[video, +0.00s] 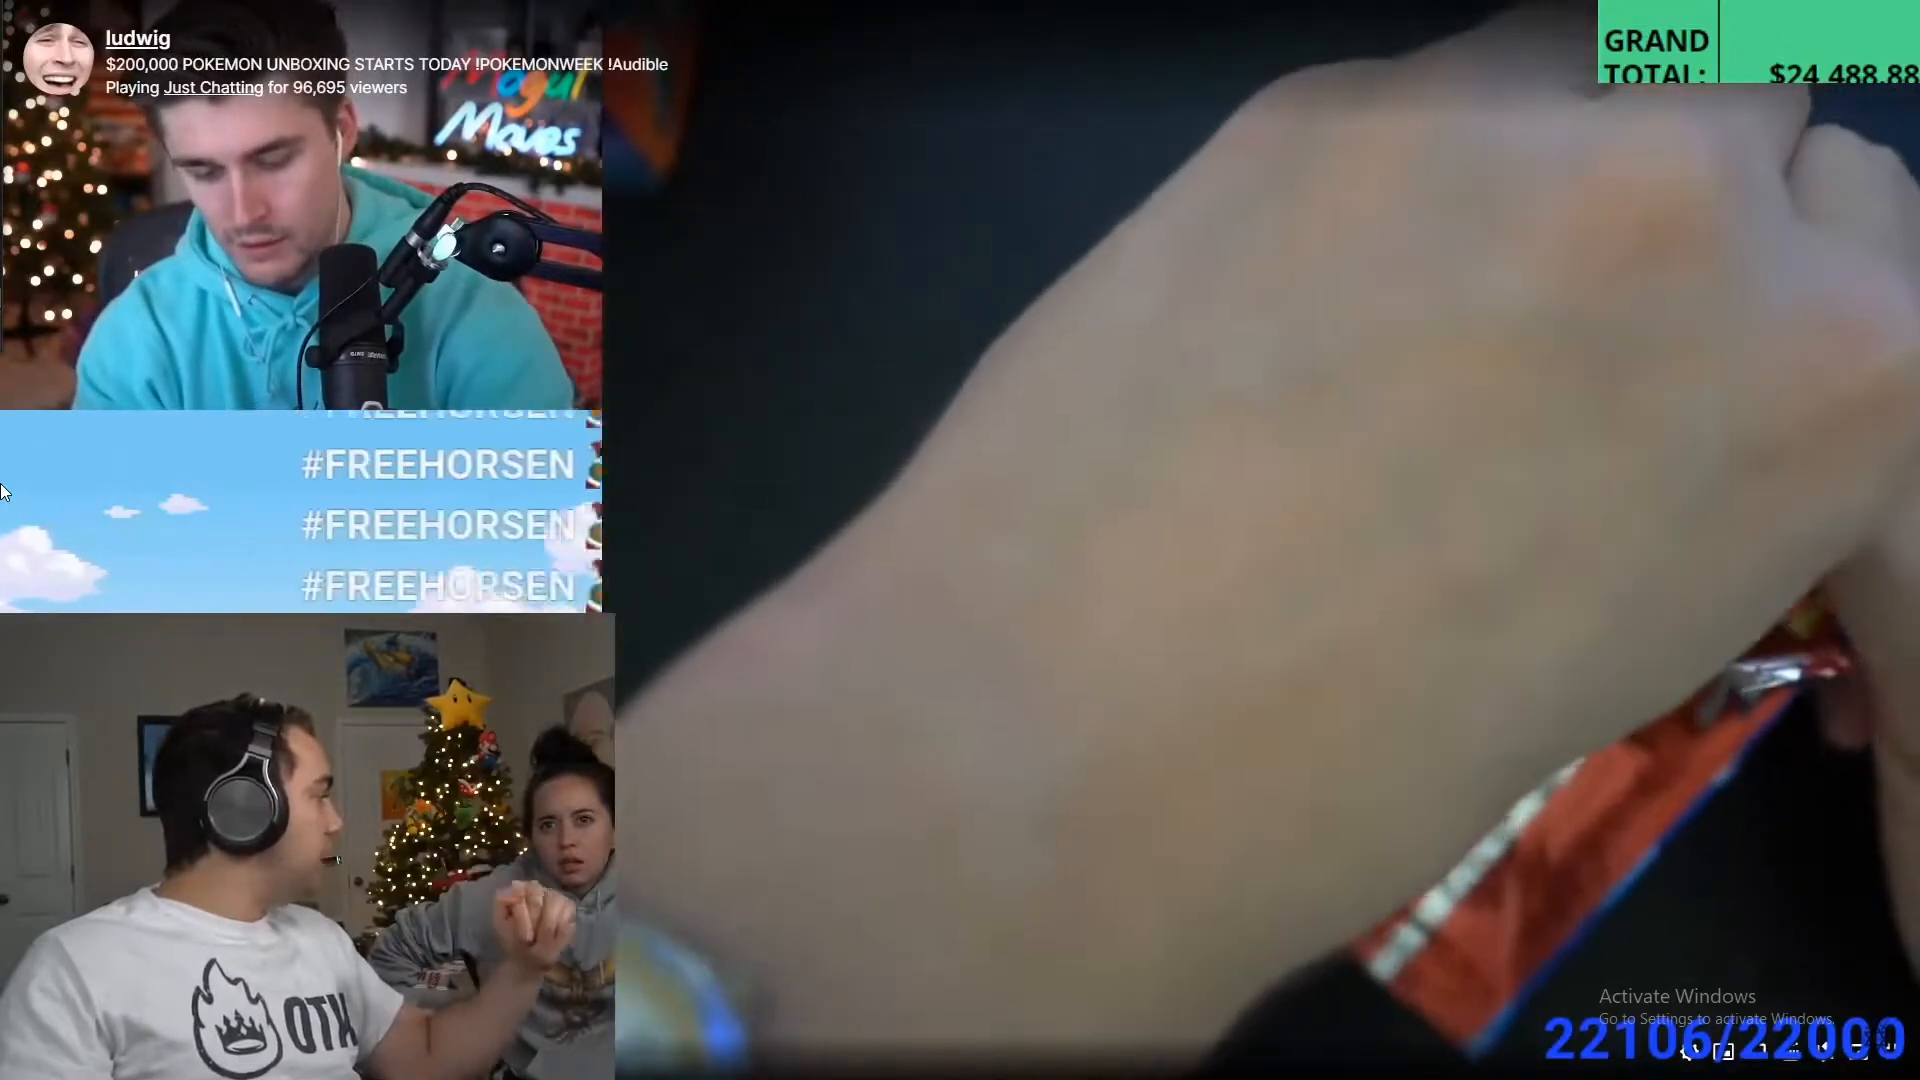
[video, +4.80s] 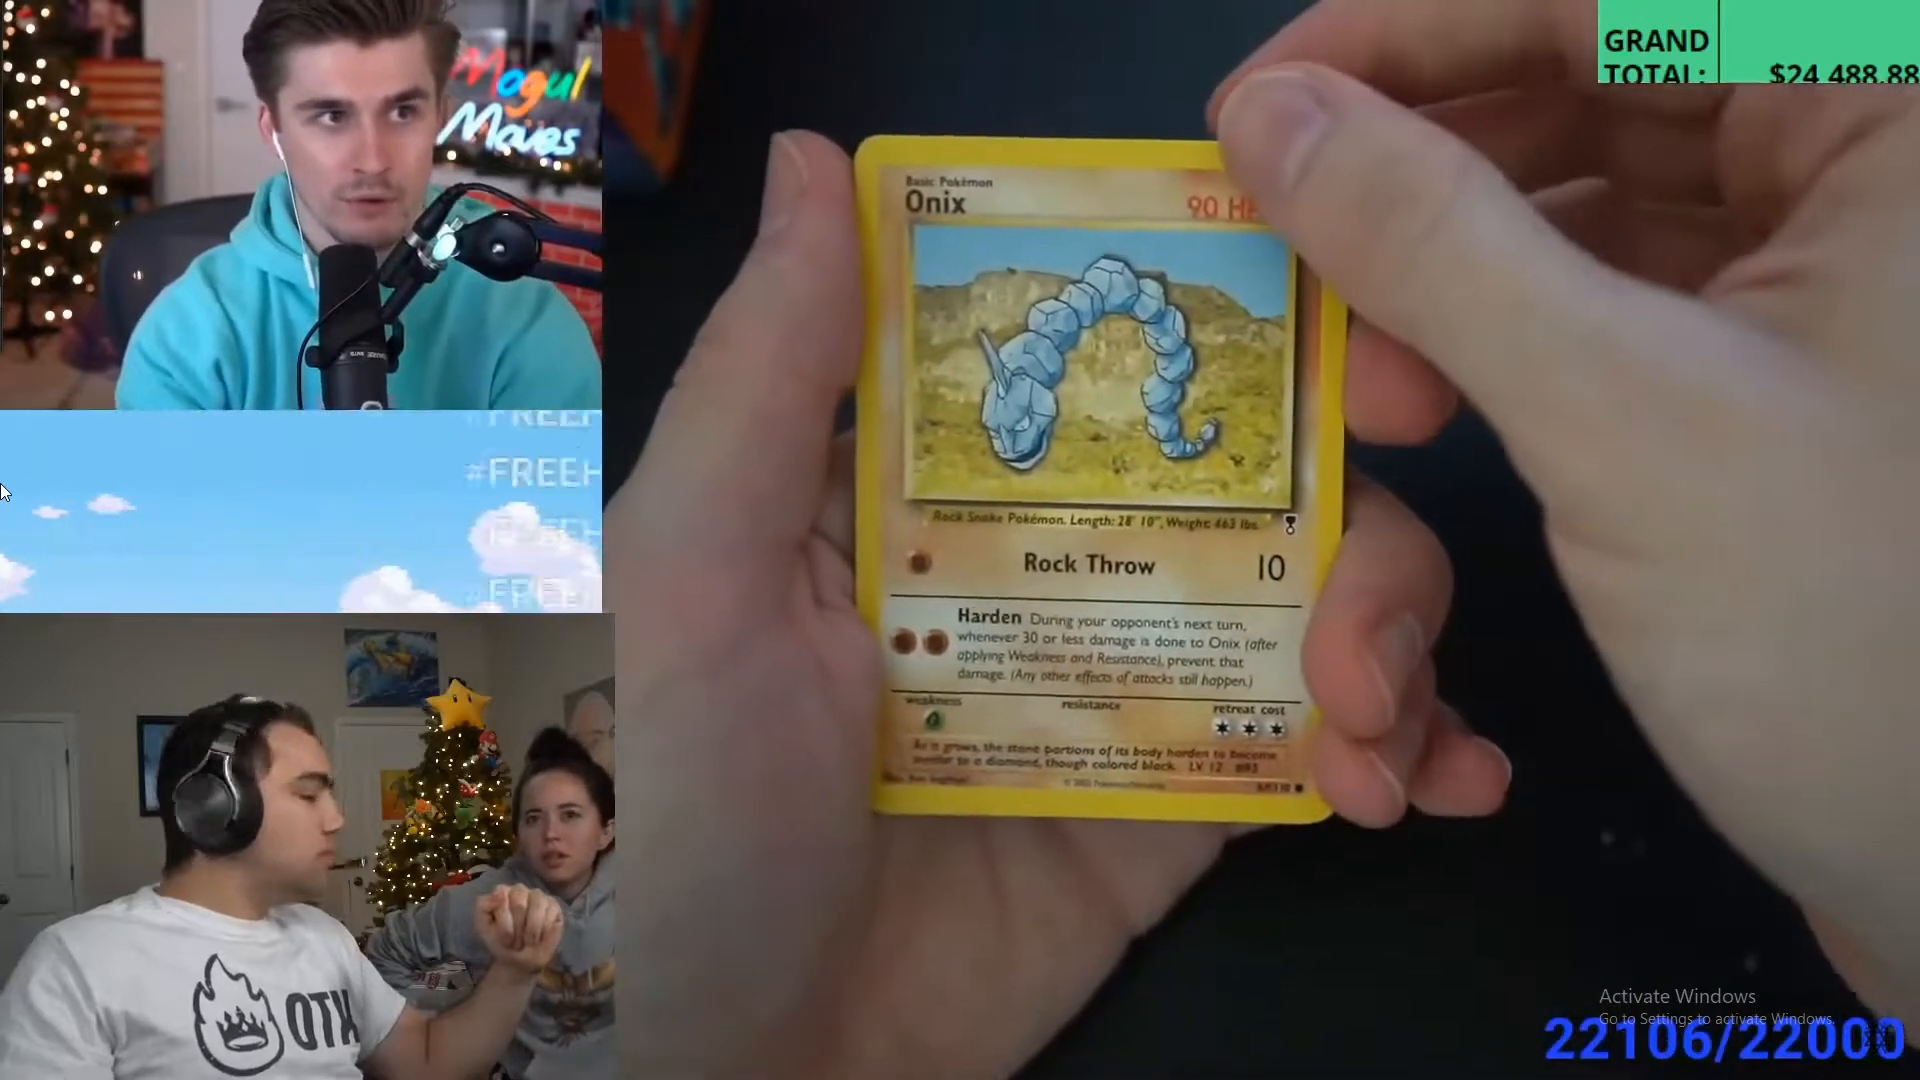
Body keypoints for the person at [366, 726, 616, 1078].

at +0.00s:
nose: (567, 842)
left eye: (584, 821)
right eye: (548, 825)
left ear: (614, 828)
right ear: (530, 837)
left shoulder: (645, 896)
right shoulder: (488, 901)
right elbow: (388, 956)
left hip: (629, 1069)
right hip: (537, 1073)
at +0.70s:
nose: (566, 842)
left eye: (583, 821)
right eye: (547, 826)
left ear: (614, 829)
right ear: (530, 837)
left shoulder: (643, 892)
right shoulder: (492, 899)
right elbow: (389, 956)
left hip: (625, 1066)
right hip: (535, 1072)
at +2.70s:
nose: (564, 842)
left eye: (582, 822)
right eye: (546, 826)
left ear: (612, 831)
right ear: (528, 838)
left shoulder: (644, 891)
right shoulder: (490, 897)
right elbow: (389, 955)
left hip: (627, 1067)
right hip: (535, 1072)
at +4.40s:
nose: (556, 829)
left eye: (575, 811)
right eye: (539, 814)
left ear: (608, 827)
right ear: (523, 833)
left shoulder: (640, 888)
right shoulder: (483, 899)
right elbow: (386, 956)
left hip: (626, 1067)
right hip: (534, 1071)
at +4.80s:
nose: (550, 834)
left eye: (570, 815)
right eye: (533, 819)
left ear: (605, 830)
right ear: (518, 835)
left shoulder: (636, 892)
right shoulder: (476, 903)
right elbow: (383, 955)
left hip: (622, 1068)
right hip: (530, 1072)